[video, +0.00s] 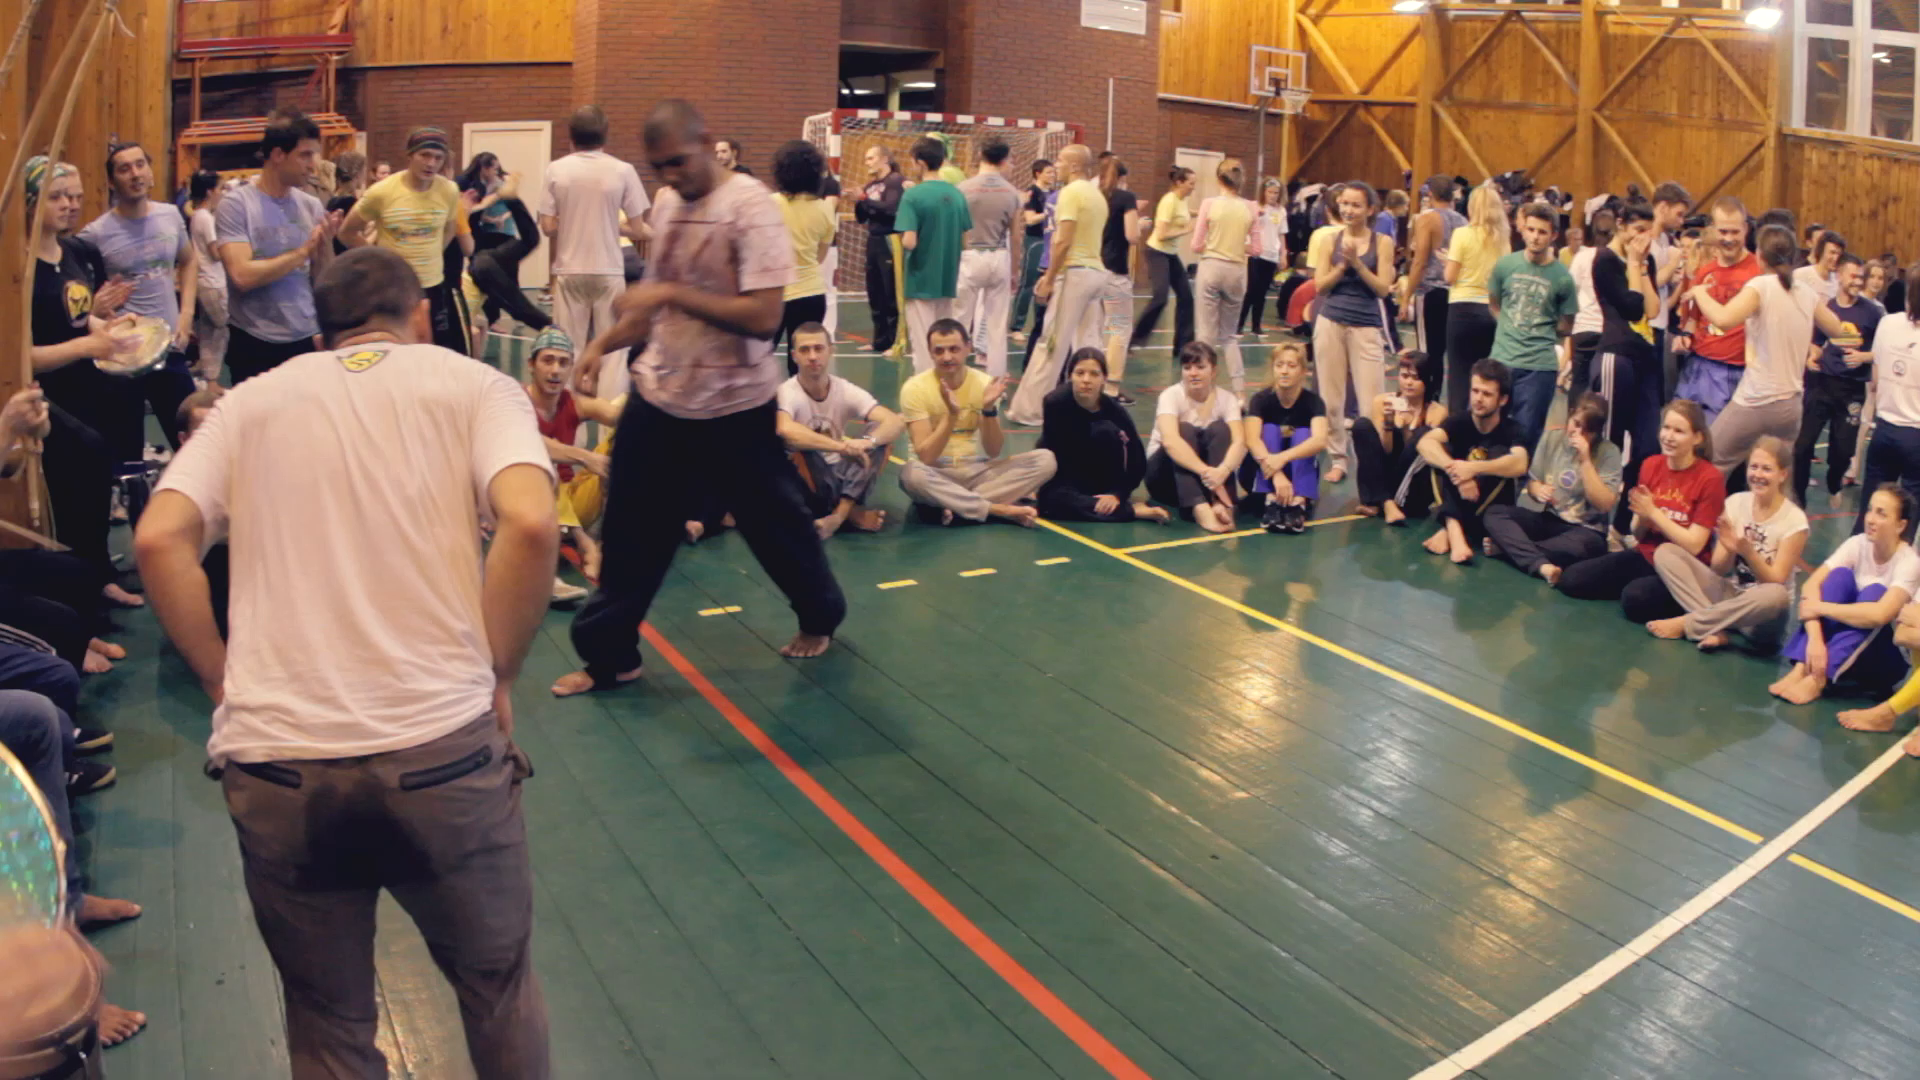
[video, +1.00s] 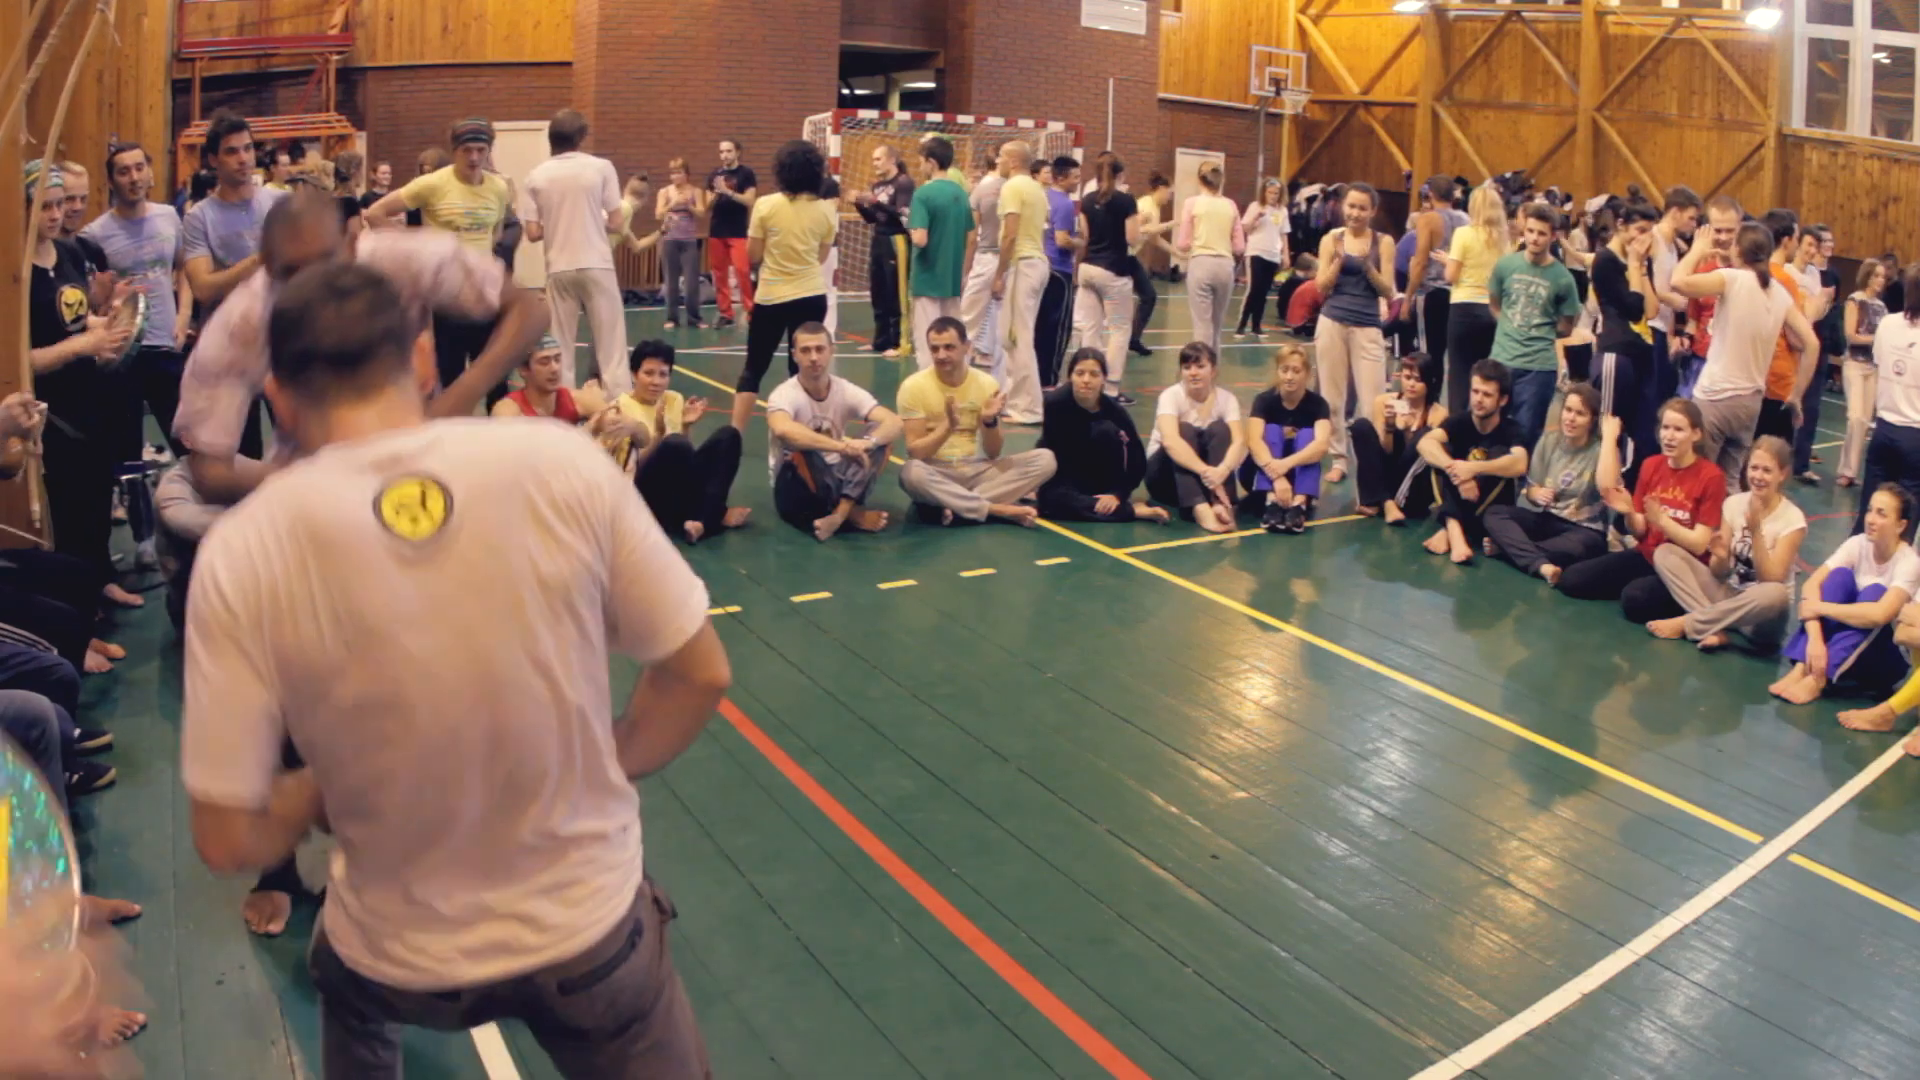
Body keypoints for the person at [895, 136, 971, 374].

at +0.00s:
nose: (912, 165)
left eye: (913, 161)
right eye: (912, 161)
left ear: (920, 163)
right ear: (941, 162)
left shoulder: (913, 195)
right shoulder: (956, 193)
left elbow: (909, 242)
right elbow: (965, 240)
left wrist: (906, 232)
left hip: (921, 279)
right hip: (948, 278)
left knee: (922, 344)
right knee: (946, 339)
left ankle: (925, 394)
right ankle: (948, 390)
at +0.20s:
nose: (909, 168)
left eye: (911, 163)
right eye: (910, 162)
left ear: (919, 164)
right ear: (938, 162)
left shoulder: (912, 196)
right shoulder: (953, 193)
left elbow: (908, 241)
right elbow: (963, 238)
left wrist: (898, 228)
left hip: (920, 280)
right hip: (947, 278)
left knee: (922, 344)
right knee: (946, 339)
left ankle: (924, 394)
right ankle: (947, 391)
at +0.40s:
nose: (909, 167)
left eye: (910, 162)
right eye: (909, 162)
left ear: (919, 164)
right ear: (937, 162)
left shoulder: (911, 195)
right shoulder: (951, 192)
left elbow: (910, 241)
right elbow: (963, 234)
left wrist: (902, 226)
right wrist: (959, 269)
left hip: (920, 280)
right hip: (945, 277)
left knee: (922, 342)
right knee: (945, 339)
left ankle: (925, 392)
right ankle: (946, 388)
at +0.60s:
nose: (910, 169)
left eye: (912, 163)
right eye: (910, 163)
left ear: (922, 164)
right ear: (939, 162)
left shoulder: (914, 194)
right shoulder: (953, 192)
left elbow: (912, 240)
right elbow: (963, 232)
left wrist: (904, 225)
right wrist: (960, 269)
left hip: (921, 279)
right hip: (947, 277)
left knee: (923, 342)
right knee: (948, 338)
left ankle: (926, 393)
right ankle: (950, 388)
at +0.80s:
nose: (915, 168)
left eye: (917, 162)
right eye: (915, 162)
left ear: (926, 163)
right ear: (943, 162)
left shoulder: (919, 194)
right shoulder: (957, 193)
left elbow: (916, 239)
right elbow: (965, 235)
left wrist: (902, 227)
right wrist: (961, 271)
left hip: (924, 280)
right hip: (949, 278)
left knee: (923, 342)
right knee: (948, 339)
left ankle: (926, 393)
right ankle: (949, 389)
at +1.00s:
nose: (920, 166)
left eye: (922, 161)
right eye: (921, 160)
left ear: (931, 162)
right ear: (947, 162)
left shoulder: (923, 193)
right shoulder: (961, 192)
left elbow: (920, 239)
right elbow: (971, 235)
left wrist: (912, 226)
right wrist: (965, 271)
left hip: (928, 278)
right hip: (954, 277)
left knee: (926, 340)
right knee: (953, 338)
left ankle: (929, 388)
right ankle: (954, 383)